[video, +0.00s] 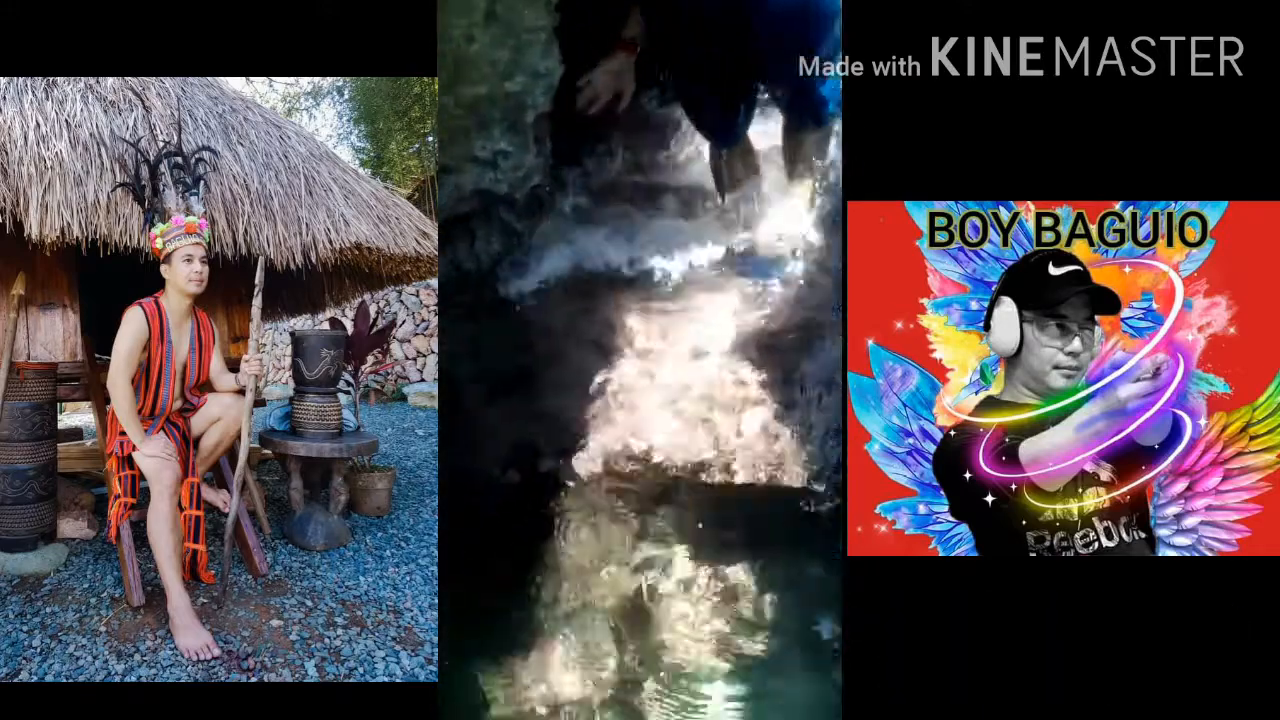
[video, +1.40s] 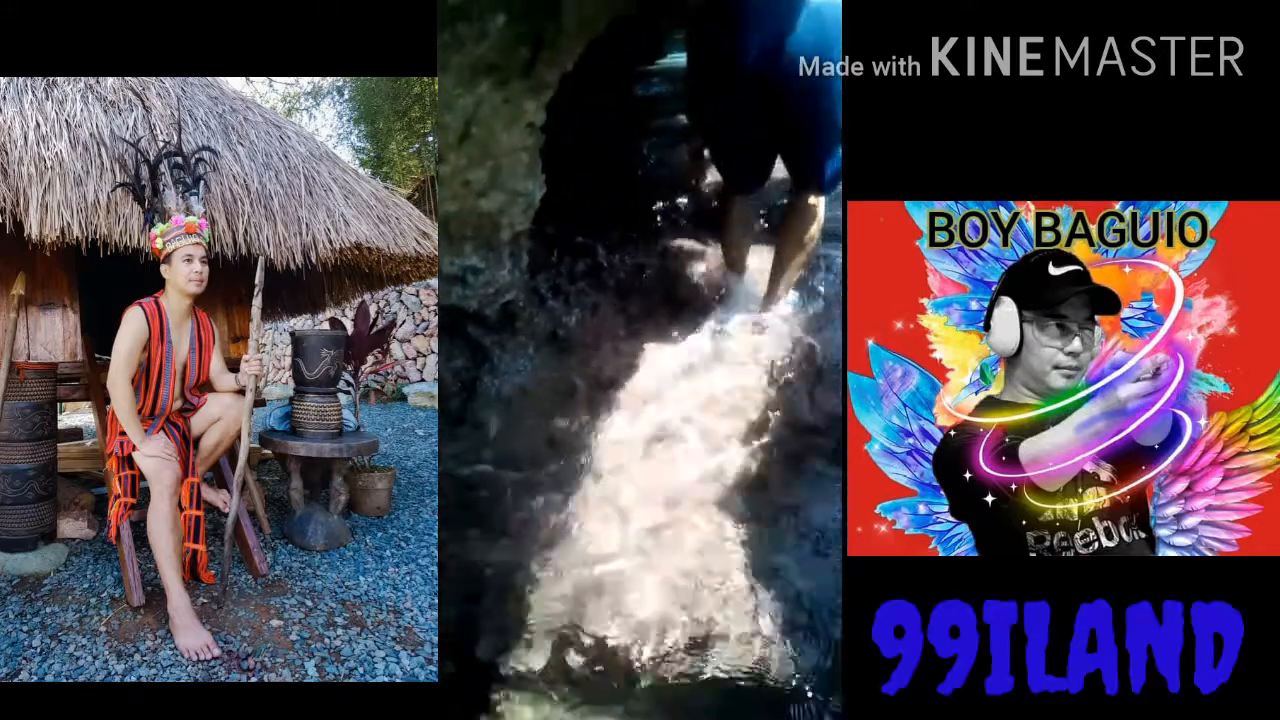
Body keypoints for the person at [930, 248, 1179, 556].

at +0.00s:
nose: (1076, 346)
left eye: (1086, 328)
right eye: (1055, 326)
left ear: (1097, 335)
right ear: (1007, 328)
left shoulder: (1113, 408)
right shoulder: (962, 446)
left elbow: (1156, 436)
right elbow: (1022, 471)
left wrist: (1147, 395)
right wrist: (1105, 413)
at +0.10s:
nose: (1076, 346)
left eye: (1086, 328)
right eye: (1055, 327)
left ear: (1096, 334)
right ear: (1007, 327)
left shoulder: (1114, 408)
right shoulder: (962, 446)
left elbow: (1155, 435)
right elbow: (1022, 471)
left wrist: (1149, 397)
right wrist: (1106, 411)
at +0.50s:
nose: (1076, 346)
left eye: (1086, 328)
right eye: (1055, 327)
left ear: (1097, 334)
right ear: (1007, 327)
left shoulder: (1113, 409)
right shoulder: (963, 446)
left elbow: (1155, 435)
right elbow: (1023, 472)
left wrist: (1148, 396)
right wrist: (1106, 412)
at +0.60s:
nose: (1076, 346)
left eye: (1086, 328)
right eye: (1055, 326)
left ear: (1097, 335)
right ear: (1007, 328)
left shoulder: (1113, 408)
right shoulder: (962, 446)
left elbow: (1156, 435)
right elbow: (1022, 471)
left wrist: (1147, 395)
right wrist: (1105, 413)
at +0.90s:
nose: (1076, 346)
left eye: (1086, 328)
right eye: (1055, 327)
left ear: (1097, 334)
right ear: (1007, 328)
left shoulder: (1113, 409)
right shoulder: (962, 445)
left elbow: (1155, 435)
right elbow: (1023, 472)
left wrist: (1149, 396)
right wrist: (1106, 412)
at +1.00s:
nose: (1076, 346)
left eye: (1086, 328)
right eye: (1055, 327)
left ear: (1097, 334)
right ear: (1007, 328)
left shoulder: (1114, 408)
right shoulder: (962, 446)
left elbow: (1155, 435)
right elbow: (1022, 472)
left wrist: (1149, 397)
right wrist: (1106, 412)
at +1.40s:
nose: (1076, 346)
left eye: (1086, 328)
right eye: (1055, 327)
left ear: (1097, 334)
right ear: (1007, 328)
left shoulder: (1114, 408)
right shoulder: (962, 446)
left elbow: (1156, 435)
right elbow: (1022, 472)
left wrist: (1149, 397)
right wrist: (1106, 412)